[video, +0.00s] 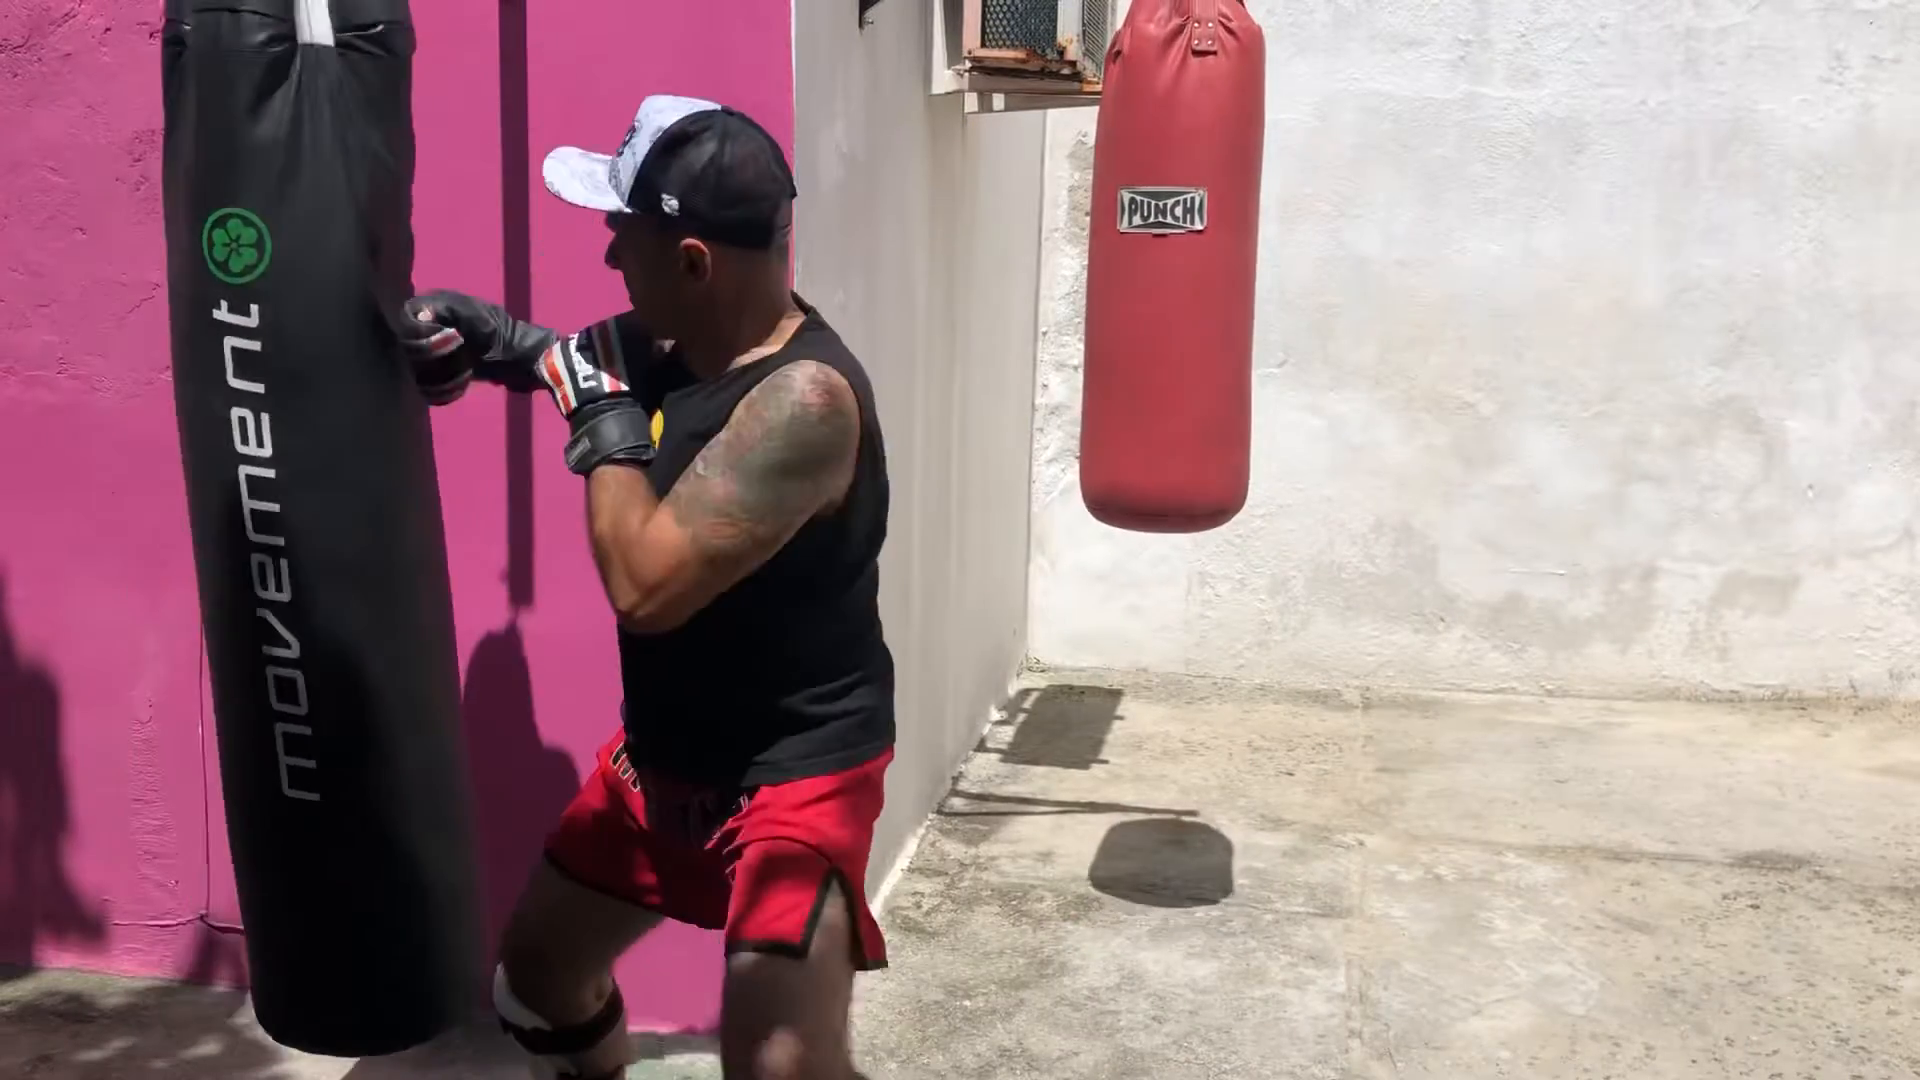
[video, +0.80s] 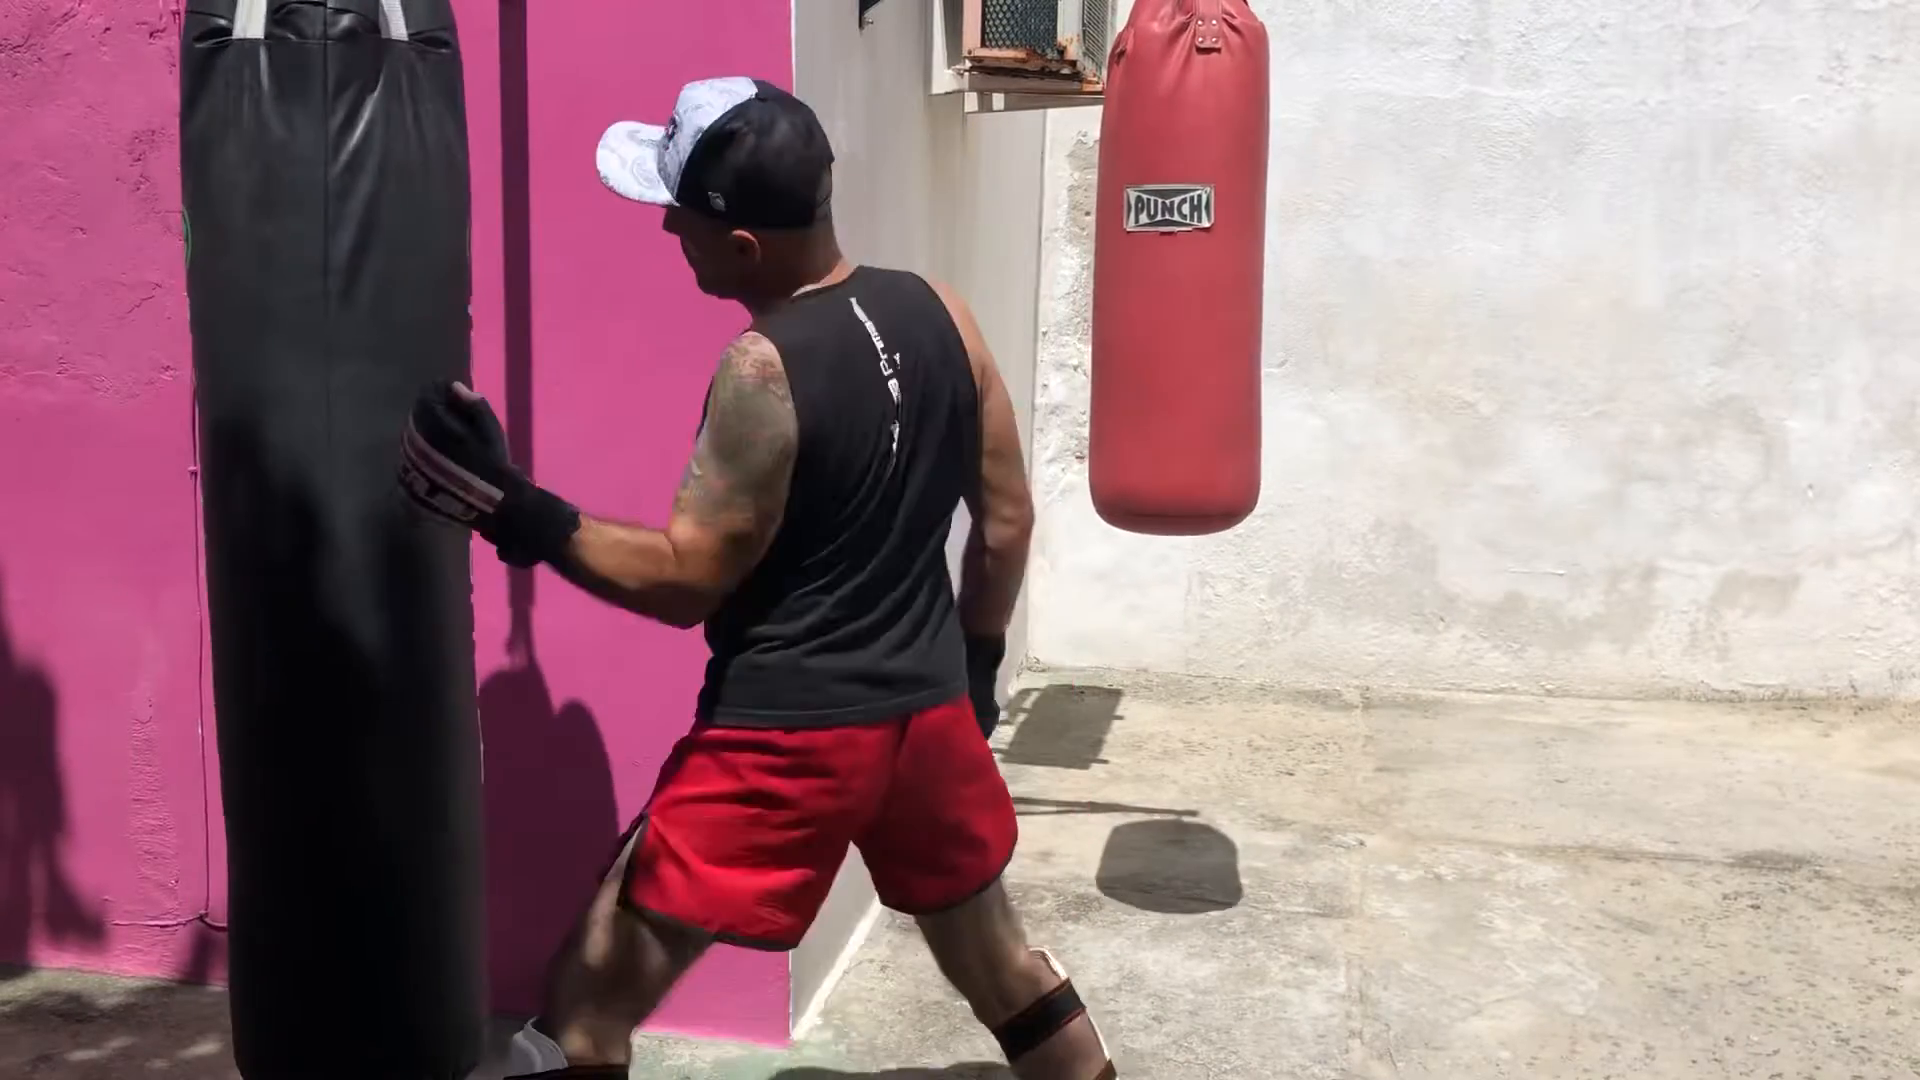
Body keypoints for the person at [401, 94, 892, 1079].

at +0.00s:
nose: (609, 247)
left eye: (623, 229)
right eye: (614, 224)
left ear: (694, 259)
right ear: (706, 257)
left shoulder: (806, 401)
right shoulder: (691, 337)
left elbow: (648, 587)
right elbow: (571, 363)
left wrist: (603, 415)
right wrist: (491, 339)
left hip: (796, 768)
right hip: (671, 747)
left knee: (781, 1061)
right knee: (542, 973)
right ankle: (596, 1064)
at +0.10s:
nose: (652, 206)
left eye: (662, 184)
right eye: (654, 181)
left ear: (728, 203)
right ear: (758, 200)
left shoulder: (827, 344)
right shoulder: (829, 291)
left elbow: (693, 557)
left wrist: (642, 397)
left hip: (847, 729)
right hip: (736, 704)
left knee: (850, 1032)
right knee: (640, 935)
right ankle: (616, 1072)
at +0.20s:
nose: (684, 213)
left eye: (694, 188)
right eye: (686, 187)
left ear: (758, 200)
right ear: (790, 194)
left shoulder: (853, 337)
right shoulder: (903, 282)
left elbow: (752, 578)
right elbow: (1006, 442)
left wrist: (656, 422)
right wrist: (880, 539)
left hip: (895, 749)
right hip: (793, 723)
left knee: (911, 1054)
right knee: (686, 918)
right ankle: (697, 1079)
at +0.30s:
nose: (739, 220)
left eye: (748, 197)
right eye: (739, 196)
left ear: (808, 207)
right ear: (843, 202)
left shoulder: (908, 344)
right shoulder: (918, 298)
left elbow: (817, 589)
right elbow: (1007, 457)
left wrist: (676, 464)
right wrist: (818, 454)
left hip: (943, 760)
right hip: (853, 733)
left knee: (946, 1054)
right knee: (777, 913)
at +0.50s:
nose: (779, 202)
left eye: (788, 176)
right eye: (779, 176)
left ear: (855, 184)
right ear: (904, 172)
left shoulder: (906, 318)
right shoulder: (1012, 269)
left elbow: (858, 543)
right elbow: (882, 453)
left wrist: (708, 417)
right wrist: (783, 330)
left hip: (935, 720)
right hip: (1031, 687)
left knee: (833, 1045)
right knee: (1044, 980)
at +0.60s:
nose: (749, 223)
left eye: (758, 199)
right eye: (748, 200)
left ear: (823, 211)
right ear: (859, 196)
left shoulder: (891, 336)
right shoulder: (977, 269)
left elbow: (875, 565)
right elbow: (900, 462)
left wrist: (702, 470)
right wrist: (774, 373)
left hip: (930, 715)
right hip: (1032, 689)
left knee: (730, 989)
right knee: (1037, 979)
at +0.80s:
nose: (673, 232)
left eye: (682, 218)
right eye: (672, 214)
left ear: (741, 236)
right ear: (817, 206)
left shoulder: (763, 369)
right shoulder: (937, 311)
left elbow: (688, 581)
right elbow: (1006, 518)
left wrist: (513, 507)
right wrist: (972, 675)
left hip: (780, 738)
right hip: (929, 719)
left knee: (589, 1009)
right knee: (1004, 969)